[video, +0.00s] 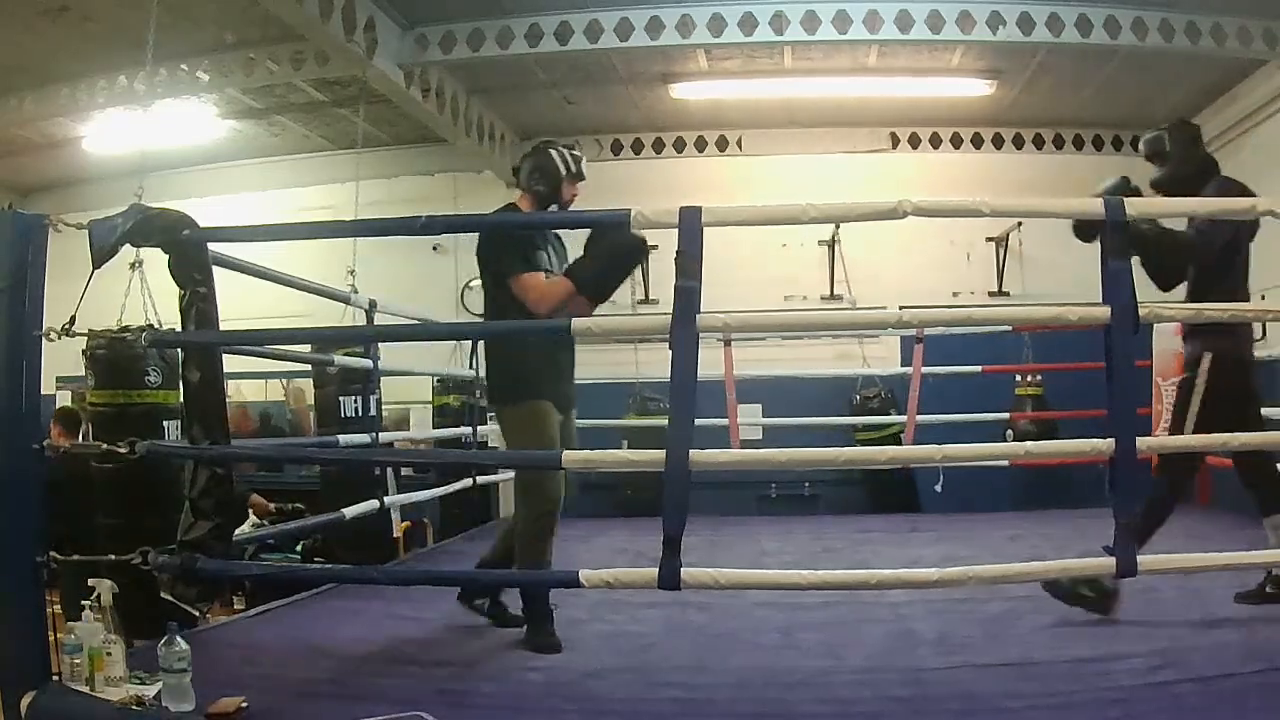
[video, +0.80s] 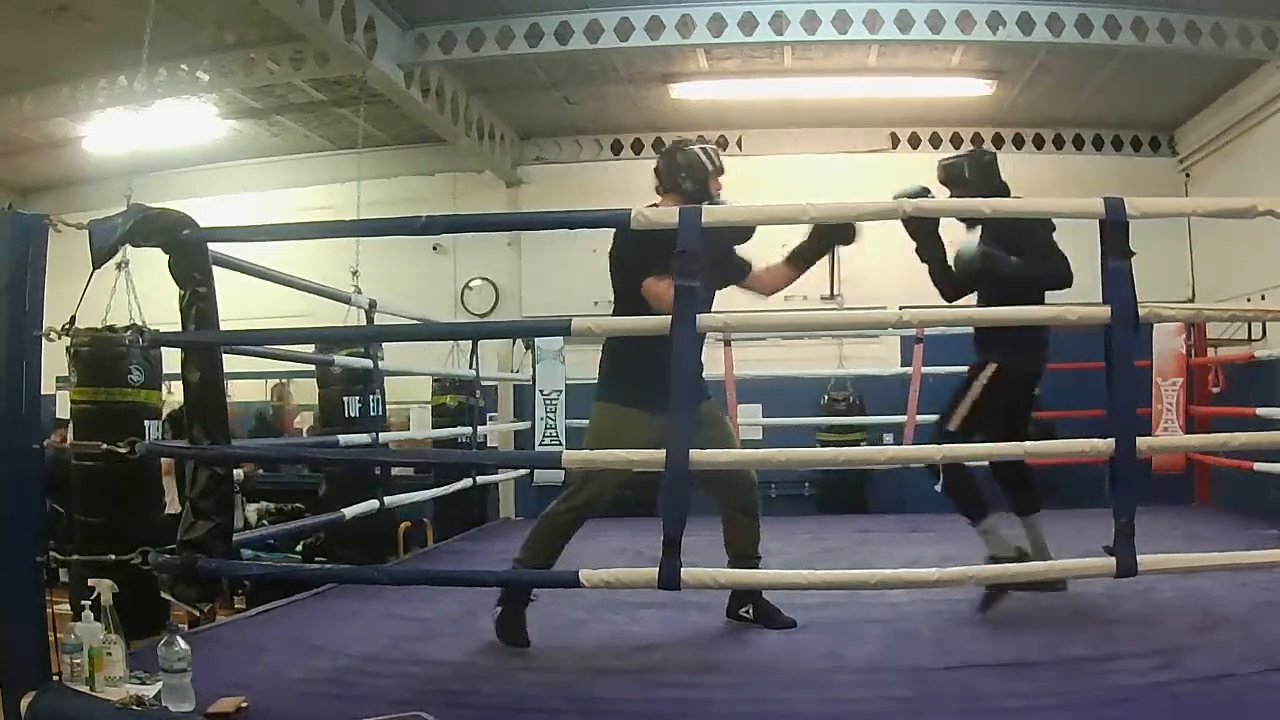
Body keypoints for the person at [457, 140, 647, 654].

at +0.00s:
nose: (579, 193)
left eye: (580, 183)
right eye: (576, 183)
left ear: (545, 181)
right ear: (554, 181)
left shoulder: (551, 234)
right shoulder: (504, 227)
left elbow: (574, 304)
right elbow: (538, 299)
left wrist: (616, 266)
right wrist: (593, 262)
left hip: (557, 387)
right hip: (523, 388)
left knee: (549, 496)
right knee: (541, 497)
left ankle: (482, 582)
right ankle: (538, 619)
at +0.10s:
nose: (600, 183)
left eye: (600, 173)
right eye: (595, 173)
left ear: (561, 176)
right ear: (570, 176)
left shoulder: (570, 228)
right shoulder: (527, 223)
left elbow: (570, 295)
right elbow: (539, 302)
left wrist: (616, 284)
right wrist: (605, 289)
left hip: (581, 383)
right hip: (542, 385)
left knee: (617, 483)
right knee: (551, 499)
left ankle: (530, 560)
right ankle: (539, 620)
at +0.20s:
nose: (625, 180)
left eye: (624, 170)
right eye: (620, 171)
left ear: (591, 173)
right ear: (597, 172)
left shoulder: (599, 225)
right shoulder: (550, 220)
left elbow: (608, 300)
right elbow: (563, 299)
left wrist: (648, 278)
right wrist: (631, 280)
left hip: (607, 382)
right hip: (562, 386)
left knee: (666, 462)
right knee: (560, 498)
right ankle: (538, 617)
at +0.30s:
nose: (651, 184)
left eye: (651, 177)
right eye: (646, 175)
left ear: (616, 173)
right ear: (620, 173)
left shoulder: (635, 227)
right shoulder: (577, 223)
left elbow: (650, 300)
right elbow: (606, 296)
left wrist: (697, 282)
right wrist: (655, 253)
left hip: (634, 384)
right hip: (583, 388)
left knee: (684, 479)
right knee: (568, 500)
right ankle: (540, 617)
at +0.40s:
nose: (693, 190)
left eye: (690, 182)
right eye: (684, 182)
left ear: (664, 191)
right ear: (655, 187)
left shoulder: (676, 244)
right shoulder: (609, 234)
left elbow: (727, 297)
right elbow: (641, 296)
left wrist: (764, 253)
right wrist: (684, 259)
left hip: (673, 403)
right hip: (610, 402)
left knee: (720, 491)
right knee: (583, 506)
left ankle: (743, 595)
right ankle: (542, 614)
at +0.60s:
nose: (743, 200)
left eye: (744, 192)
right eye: (735, 190)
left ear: (732, 196)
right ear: (702, 187)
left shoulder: (727, 244)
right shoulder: (652, 226)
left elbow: (798, 263)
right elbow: (670, 296)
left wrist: (847, 224)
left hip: (689, 391)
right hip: (629, 387)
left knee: (731, 488)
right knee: (598, 493)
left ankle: (745, 597)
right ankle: (551, 604)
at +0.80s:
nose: (723, 190)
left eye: (721, 182)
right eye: (717, 182)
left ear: (677, 182)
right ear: (691, 182)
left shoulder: (705, 238)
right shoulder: (638, 230)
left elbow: (766, 282)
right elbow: (663, 297)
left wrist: (818, 244)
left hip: (688, 395)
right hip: (629, 394)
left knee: (740, 485)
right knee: (585, 495)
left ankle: (745, 593)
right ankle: (515, 593)